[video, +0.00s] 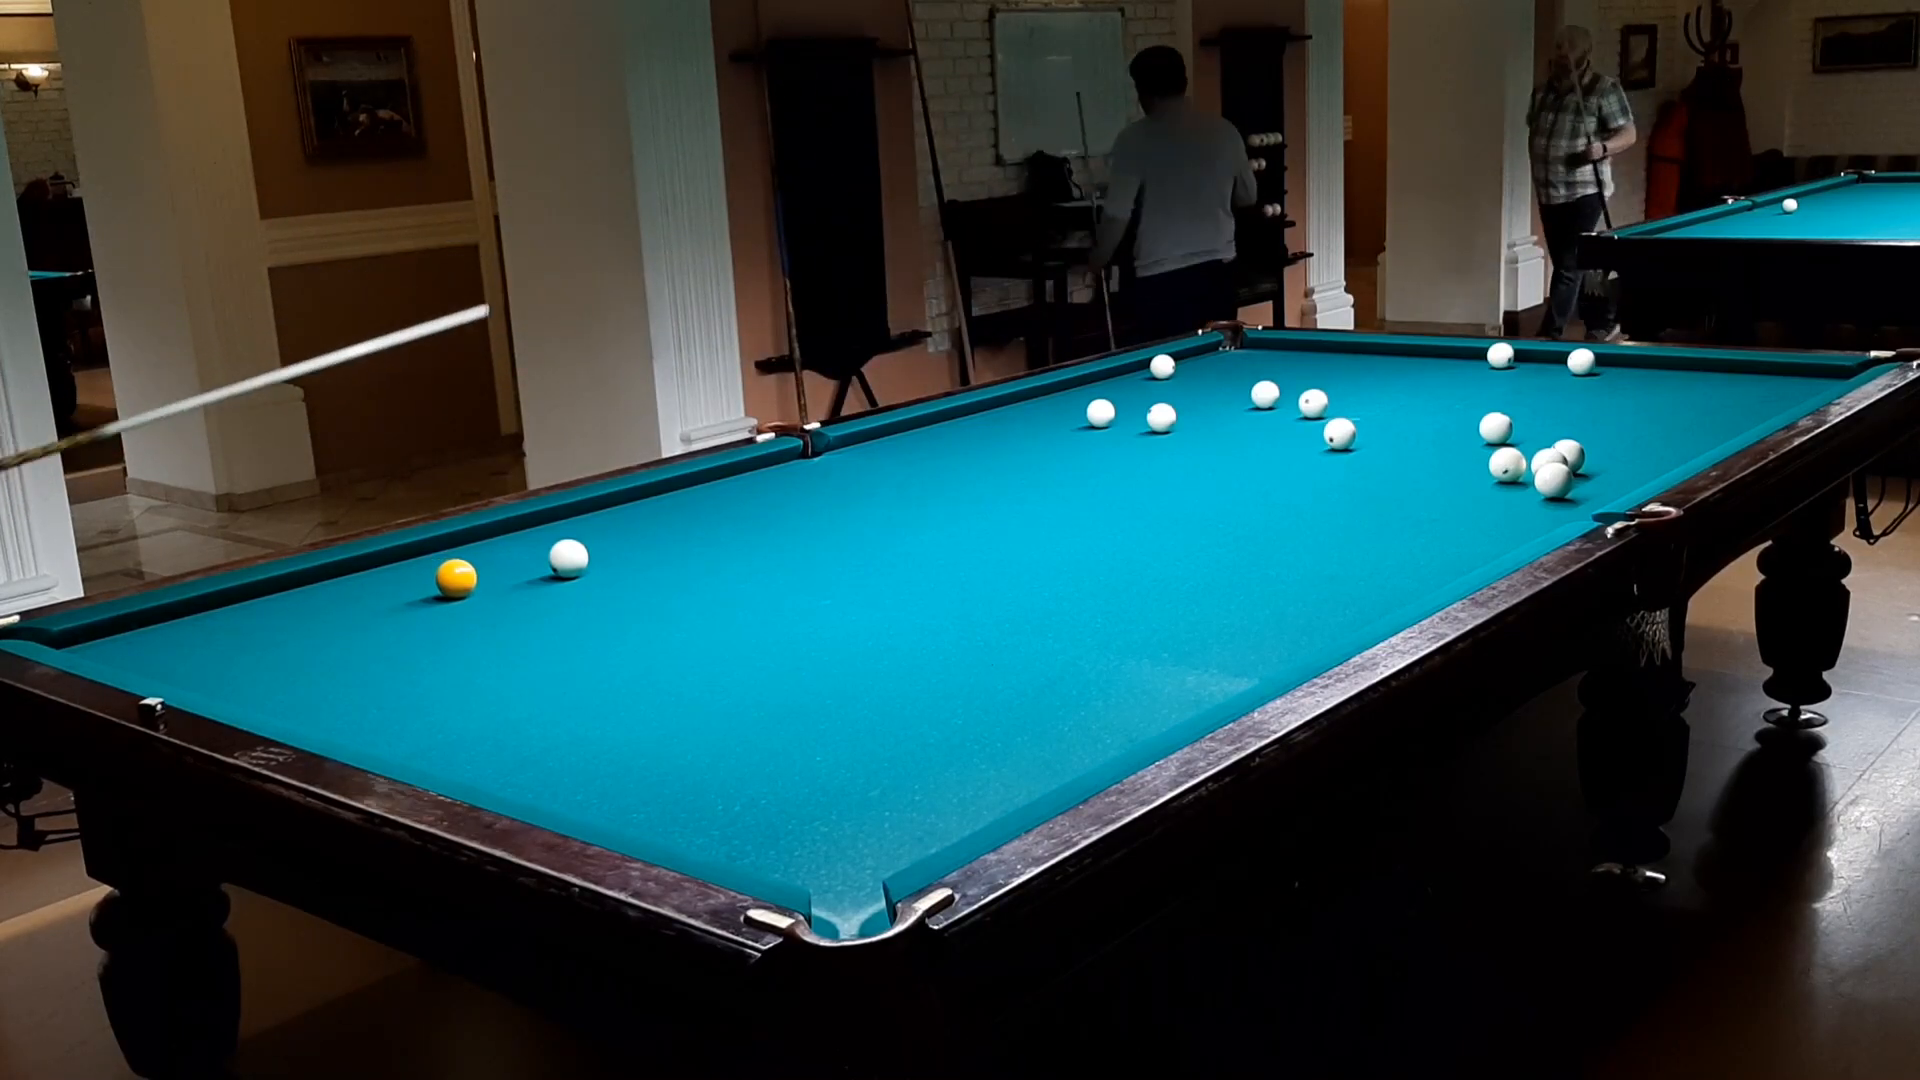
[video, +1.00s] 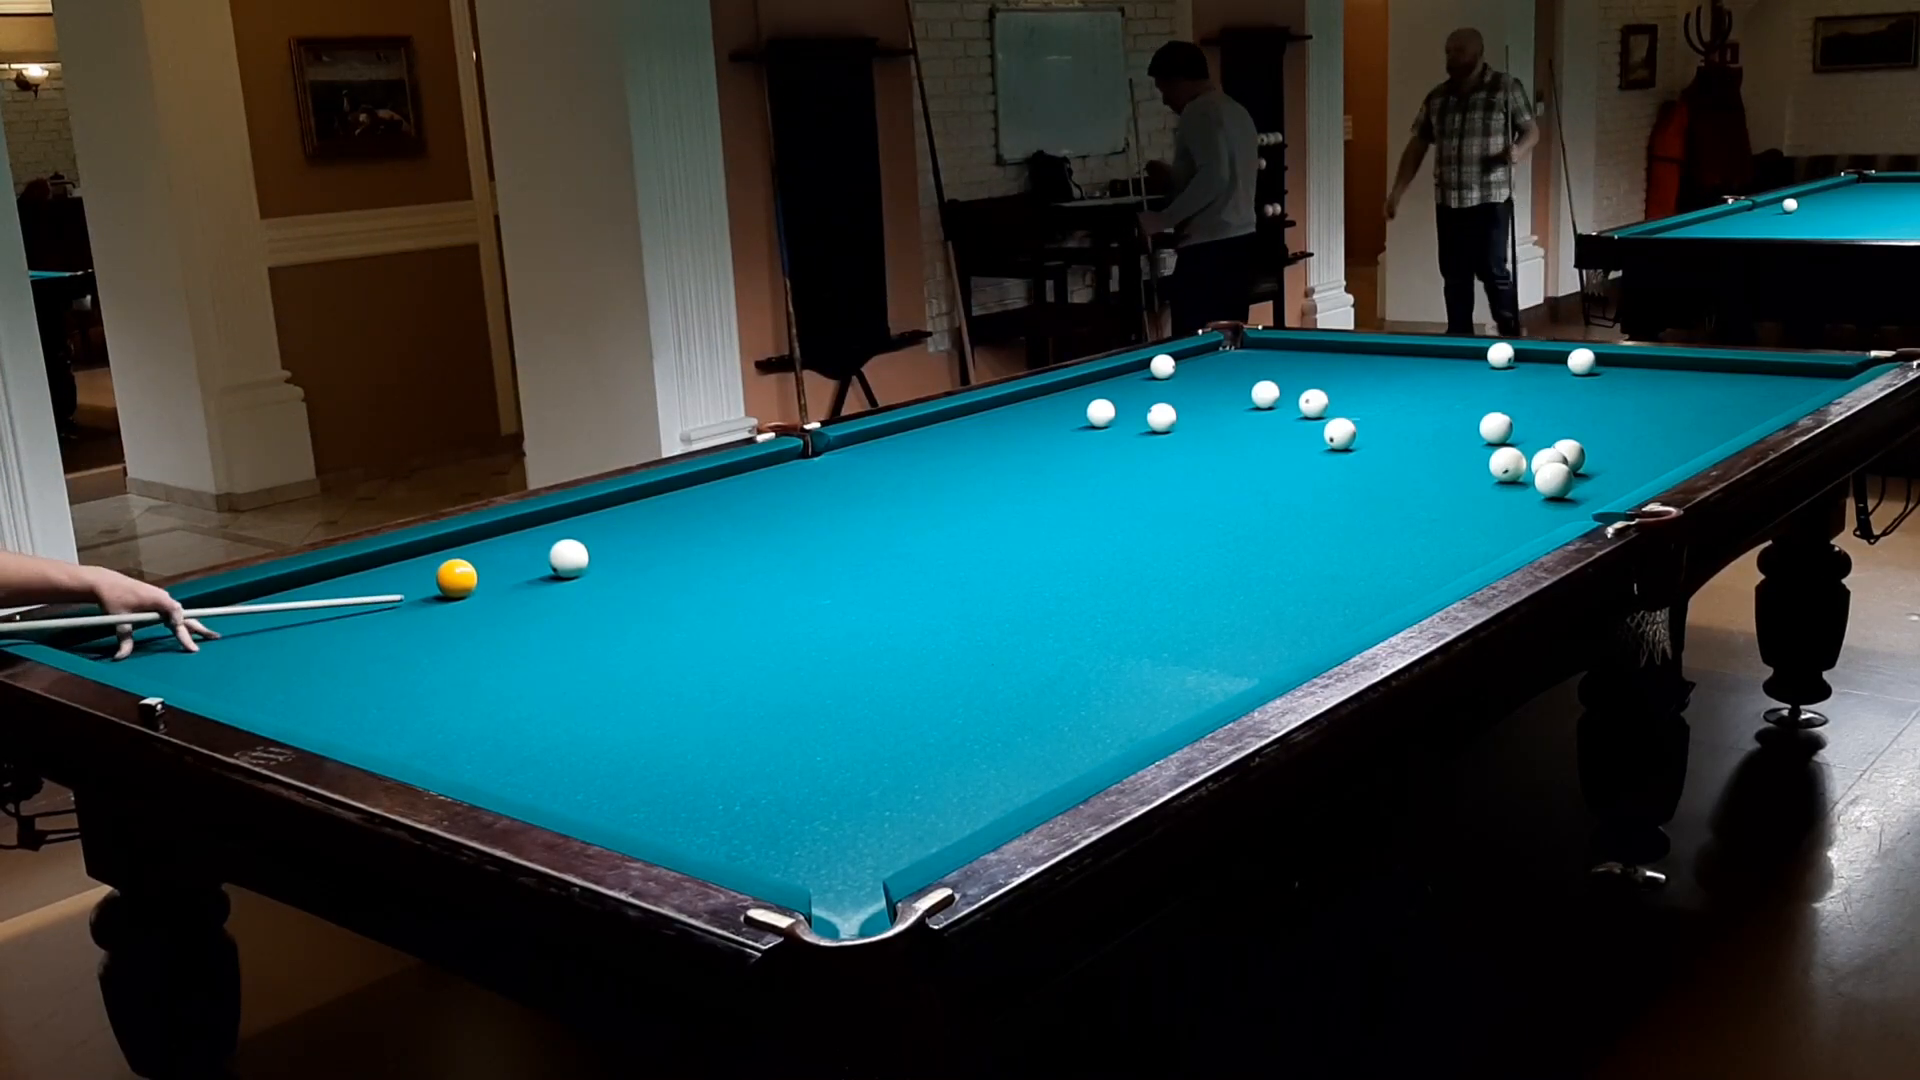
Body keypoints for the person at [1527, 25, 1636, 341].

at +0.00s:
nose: (1561, 54)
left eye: (1568, 48)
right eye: (1558, 47)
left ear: (1584, 51)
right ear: (1554, 51)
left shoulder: (1605, 88)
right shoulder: (1543, 92)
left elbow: (1628, 134)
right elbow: (1534, 137)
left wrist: (1604, 147)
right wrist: (1538, 184)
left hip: (1586, 193)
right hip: (1550, 194)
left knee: (1567, 267)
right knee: (1568, 266)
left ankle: (1550, 336)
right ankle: (1604, 326)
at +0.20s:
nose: (1544, 50)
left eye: (1552, 44)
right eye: (1541, 43)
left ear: (1570, 48)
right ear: (1537, 45)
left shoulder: (1585, 86)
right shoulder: (1531, 85)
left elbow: (1606, 135)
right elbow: (1528, 133)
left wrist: (1575, 142)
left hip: (1566, 192)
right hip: (1528, 192)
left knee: (1562, 266)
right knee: (1517, 260)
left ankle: (1552, 332)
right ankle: (1563, 310)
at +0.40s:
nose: (1520, 51)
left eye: (1527, 45)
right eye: (1520, 45)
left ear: (1547, 49)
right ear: (1523, 47)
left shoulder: (1569, 85)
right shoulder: (1518, 85)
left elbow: (1592, 134)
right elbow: (1512, 135)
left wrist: (1561, 149)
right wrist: (1504, 172)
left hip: (1552, 197)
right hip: (1512, 195)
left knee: (1553, 272)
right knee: (1495, 265)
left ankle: (1549, 335)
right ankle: (1492, 332)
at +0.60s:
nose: (1498, 55)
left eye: (1506, 48)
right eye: (1497, 48)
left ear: (1529, 51)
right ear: (1498, 52)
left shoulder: (1549, 89)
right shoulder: (1492, 91)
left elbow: (1573, 137)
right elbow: (1488, 140)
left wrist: (1548, 153)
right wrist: (1485, 181)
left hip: (1535, 199)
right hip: (1493, 199)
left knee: (1541, 275)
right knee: (1478, 273)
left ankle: (1542, 339)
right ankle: (1465, 337)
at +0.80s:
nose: (1472, 56)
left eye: (1479, 50)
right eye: (1470, 50)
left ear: (1500, 52)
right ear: (1471, 52)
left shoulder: (1526, 88)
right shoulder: (1461, 95)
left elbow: (1551, 135)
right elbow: (1449, 147)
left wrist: (1533, 150)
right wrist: (1443, 195)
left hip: (1509, 199)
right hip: (1466, 200)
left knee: (1519, 272)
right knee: (1463, 277)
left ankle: (1536, 338)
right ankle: (1460, 338)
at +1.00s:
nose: (1450, 59)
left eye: (1457, 52)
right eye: (1448, 52)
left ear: (1477, 53)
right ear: (1446, 53)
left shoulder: (1506, 87)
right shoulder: (1437, 97)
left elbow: (1531, 131)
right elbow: (1416, 147)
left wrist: (1517, 150)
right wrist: (1395, 194)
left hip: (1492, 201)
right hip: (1450, 203)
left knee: (1494, 273)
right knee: (1455, 280)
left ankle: (1512, 340)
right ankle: (1459, 342)